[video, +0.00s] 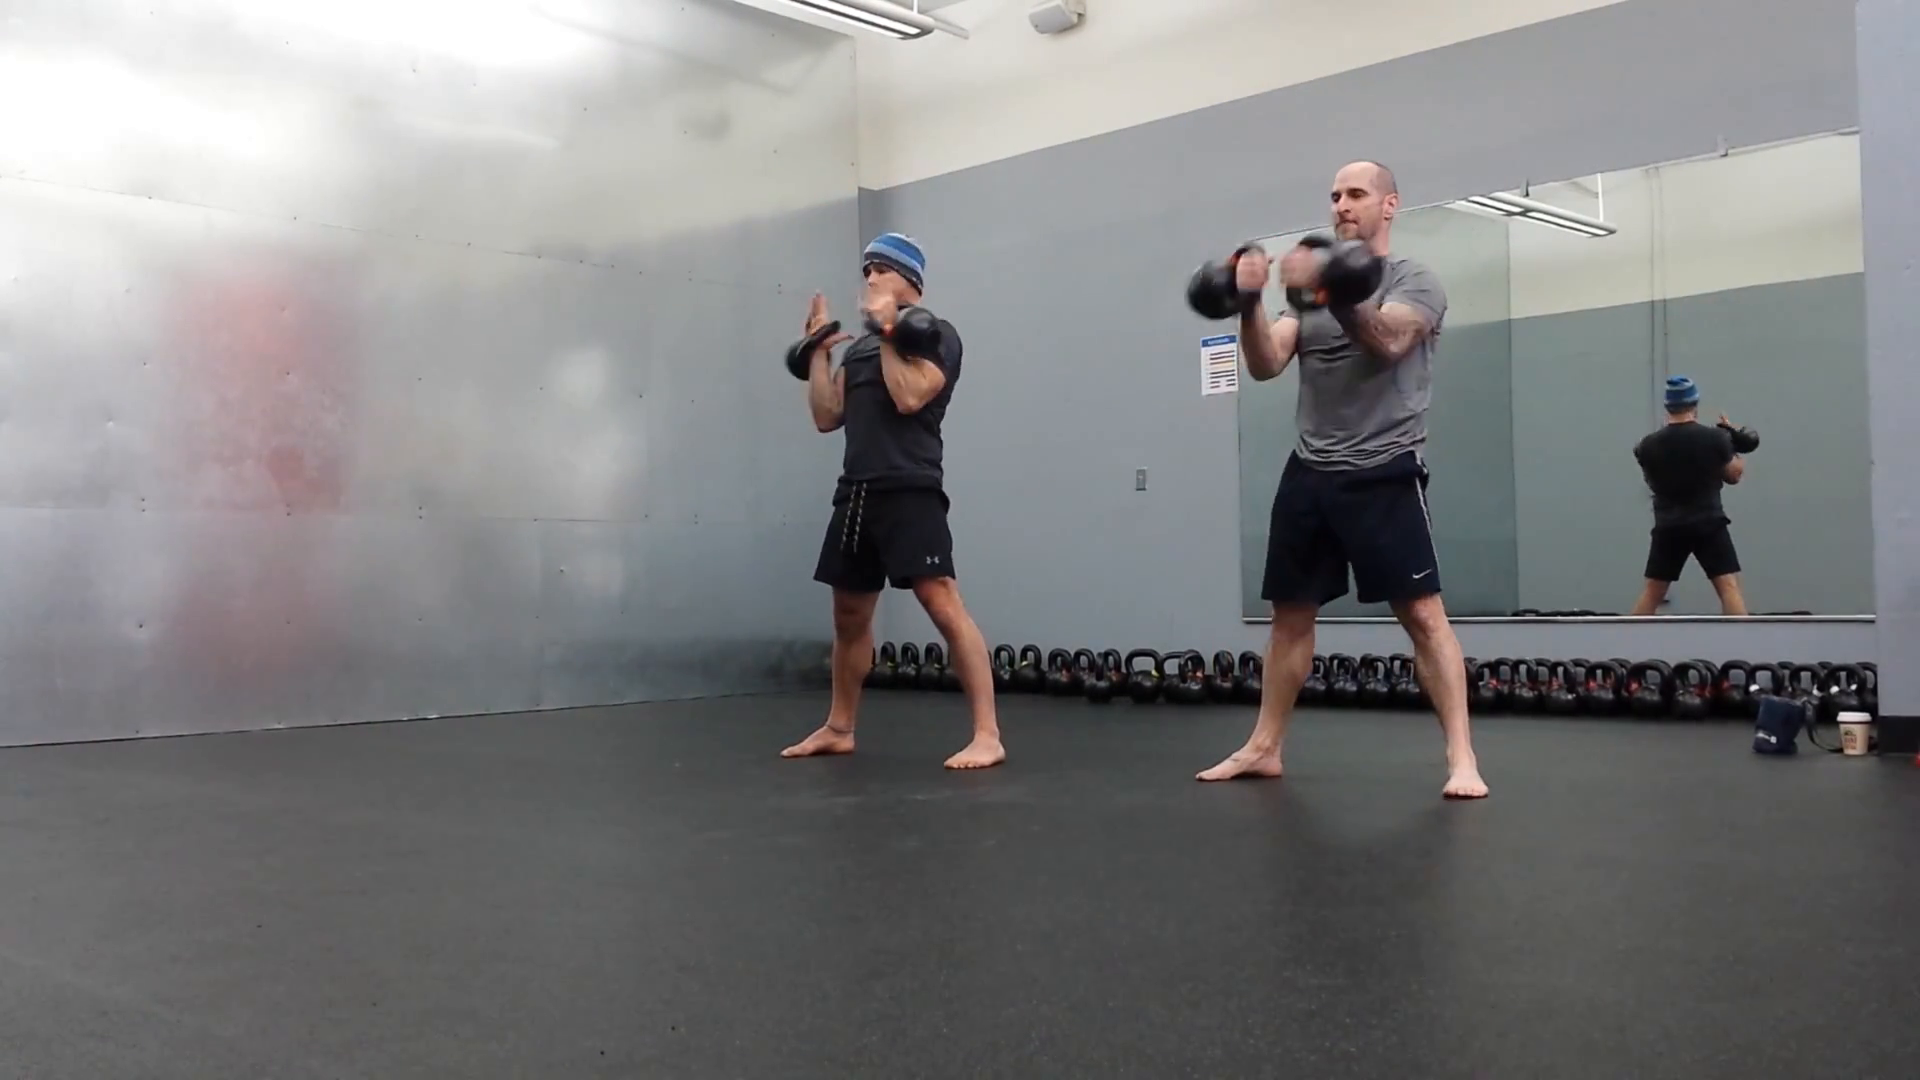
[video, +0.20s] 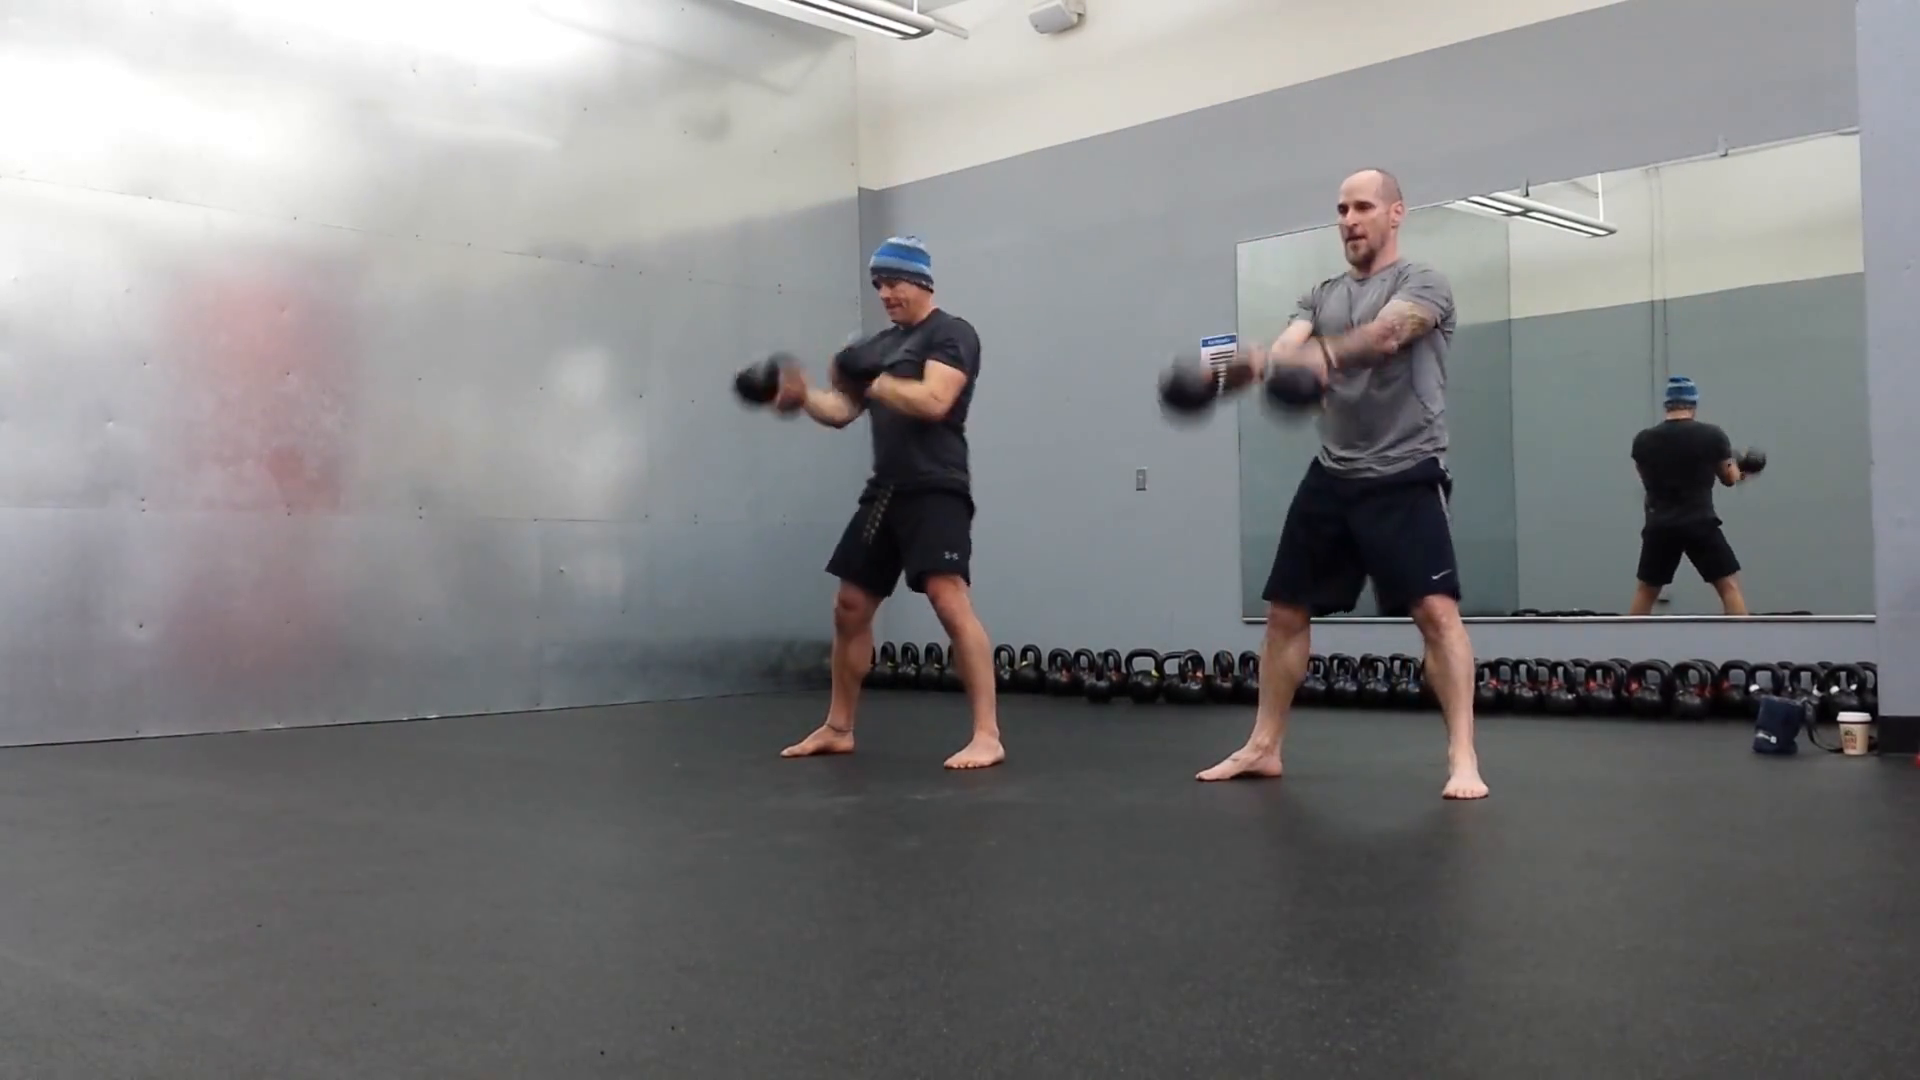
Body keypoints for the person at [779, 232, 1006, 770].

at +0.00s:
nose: (867, 278)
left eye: (877, 270)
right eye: (866, 271)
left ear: (908, 281)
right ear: (869, 281)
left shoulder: (937, 334)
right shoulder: (859, 350)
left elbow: (911, 396)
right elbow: (826, 417)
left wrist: (886, 328)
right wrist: (818, 349)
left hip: (912, 493)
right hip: (855, 494)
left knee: (945, 610)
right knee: (849, 618)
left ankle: (987, 736)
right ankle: (839, 727)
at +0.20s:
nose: (889, 294)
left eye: (899, 284)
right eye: (882, 285)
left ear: (926, 284)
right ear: (877, 289)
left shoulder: (954, 335)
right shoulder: (868, 349)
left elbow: (934, 401)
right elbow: (840, 410)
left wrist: (867, 382)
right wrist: (801, 395)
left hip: (938, 492)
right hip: (884, 492)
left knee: (948, 598)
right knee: (851, 606)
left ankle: (987, 736)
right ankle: (838, 728)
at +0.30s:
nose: (882, 308)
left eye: (890, 297)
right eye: (876, 298)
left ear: (920, 293)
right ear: (875, 300)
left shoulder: (957, 344)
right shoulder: (879, 356)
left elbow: (945, 418)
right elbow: (849, 420)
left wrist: (880, 430)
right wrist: (813, 442)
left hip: (952, 496)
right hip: (900, 498)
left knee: (951, 594)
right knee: (848, 605)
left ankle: (987, 736)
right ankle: (838, 727)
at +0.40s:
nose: (861, 327)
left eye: (869, 315)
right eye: (854, 318)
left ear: (898, 311)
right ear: (852, 319)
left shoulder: (939, 361)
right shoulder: (863, 377)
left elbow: (936, 446)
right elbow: (852, 451)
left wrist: (885, 501)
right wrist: (832, 510)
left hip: (957, 501)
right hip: (904, 508)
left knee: (956, 597)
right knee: (840, 605)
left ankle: (988, 736)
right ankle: (837, 726)